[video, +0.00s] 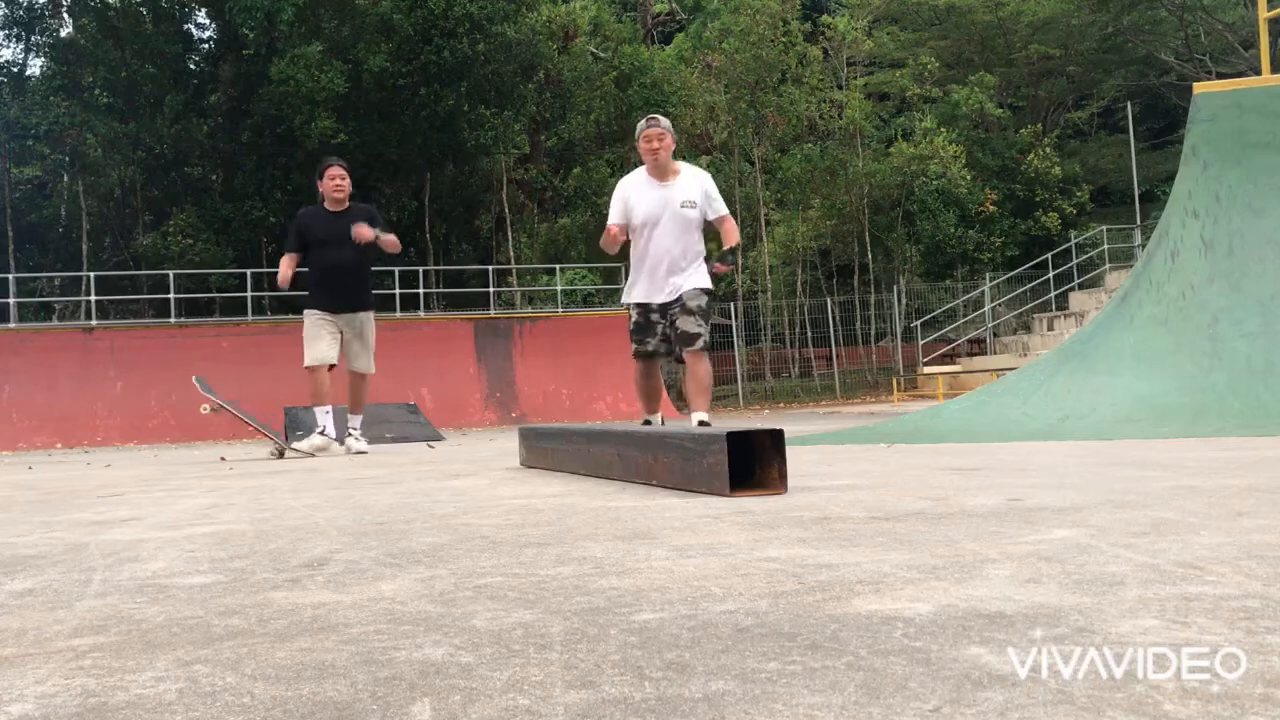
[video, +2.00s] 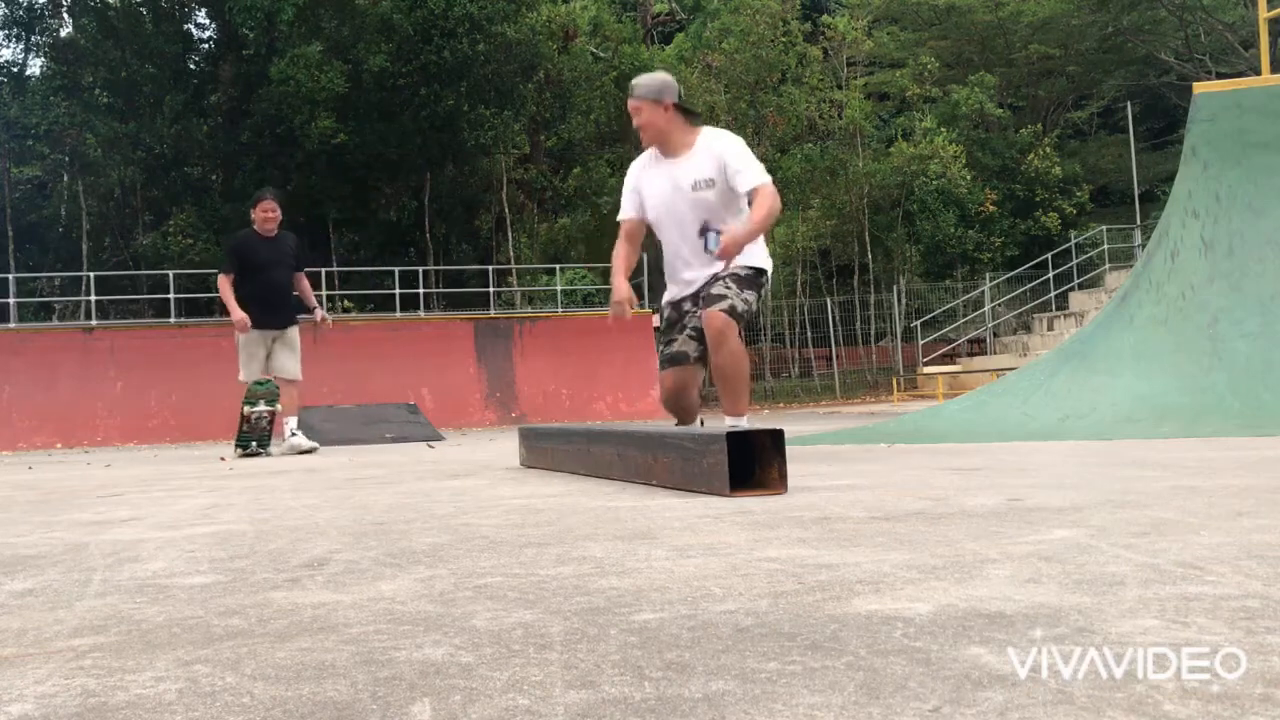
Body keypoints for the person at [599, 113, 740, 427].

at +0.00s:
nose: (654, 145)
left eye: (660, 139)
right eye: (647, 141)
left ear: (673, 142)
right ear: (638, 148)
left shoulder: (698, 179)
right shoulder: (627, 185)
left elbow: (725, 222)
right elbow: (610, 247)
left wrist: (729, 250)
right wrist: (611, 238)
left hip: (690, 280)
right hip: (645, 285)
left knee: (694, 347)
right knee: (646, 357)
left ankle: (700, 419)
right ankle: (652, 423)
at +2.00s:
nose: (634, 124)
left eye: (638, 113)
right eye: (632, 116)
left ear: (667, 108)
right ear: (654, 110)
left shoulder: (723, 145)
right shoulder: (640, 170)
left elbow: (769, 200)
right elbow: (628, 237)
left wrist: (744, 233)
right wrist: (619, 280)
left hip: (736, 266)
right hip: (682, 287)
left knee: (717, 321)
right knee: (675, 394)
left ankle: (737, 431)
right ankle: (693, 432)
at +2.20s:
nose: (642, 75)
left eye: (646, 65)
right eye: (642, 66)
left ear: (666, 64)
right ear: (670, 66)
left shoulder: (711, 102)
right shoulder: (668, 126)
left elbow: (742, 162)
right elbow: (665, 200)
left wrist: (704, 223)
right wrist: (646, 257)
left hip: (733, 239)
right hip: (687, 247)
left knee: (714, 323)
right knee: (673, 337)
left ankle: (736, 430)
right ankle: (714, 430)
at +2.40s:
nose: (664, 64)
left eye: (667, 56)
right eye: (667, 56)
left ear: (678, 58)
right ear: (700, 63)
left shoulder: (693, 97)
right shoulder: (706, 101)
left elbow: (690, 158)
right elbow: (707, 186)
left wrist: (644, 216)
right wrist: (680, 245)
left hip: (720, 233)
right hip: (706, 236)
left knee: (709, 323)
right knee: (684, 327)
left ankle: (736, 425)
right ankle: (728, 418)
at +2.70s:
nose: (657, 80)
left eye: (659, 74)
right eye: (659, 74)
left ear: (667, 74)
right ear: (699, 77)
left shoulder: (664, 109)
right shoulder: (734, 123)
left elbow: (650, 167)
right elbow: (749, 191)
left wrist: (615, 231)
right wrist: (732, 233)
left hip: (685, 241)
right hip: (734, 243)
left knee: (658, 333)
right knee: (721, 332)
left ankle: (679, 427)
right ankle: (735, 428)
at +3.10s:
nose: (622, 107)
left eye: (622, 102)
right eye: (626, 101)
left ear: (627, 103)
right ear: (661, 98)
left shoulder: (617, 138)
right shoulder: (696, 132)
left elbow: (606, 198)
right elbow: (721, 194)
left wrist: (593, 253)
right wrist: (725, 251)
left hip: (640, 261)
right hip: (691, 258)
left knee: (636, 346)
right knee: (689, 338)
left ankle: (635, 433)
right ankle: (706, 395)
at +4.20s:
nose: (604, 164)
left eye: (605, 159)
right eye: (604, 159)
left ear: (613, 160)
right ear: (637, 157)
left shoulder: (609, 192)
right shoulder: (668, 188)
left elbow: (605, 245)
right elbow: (680, 244)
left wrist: (594, 295)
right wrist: (678, 287)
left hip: (625, 292)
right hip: (667, 289)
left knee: (628, 361)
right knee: (670, 353)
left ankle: (636, 431)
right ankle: (674, 396)